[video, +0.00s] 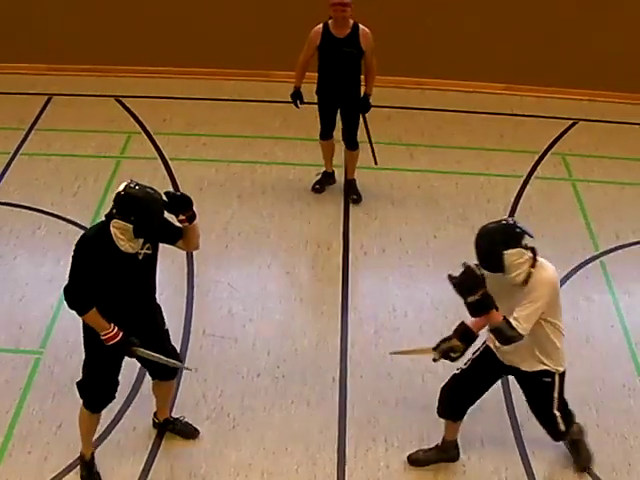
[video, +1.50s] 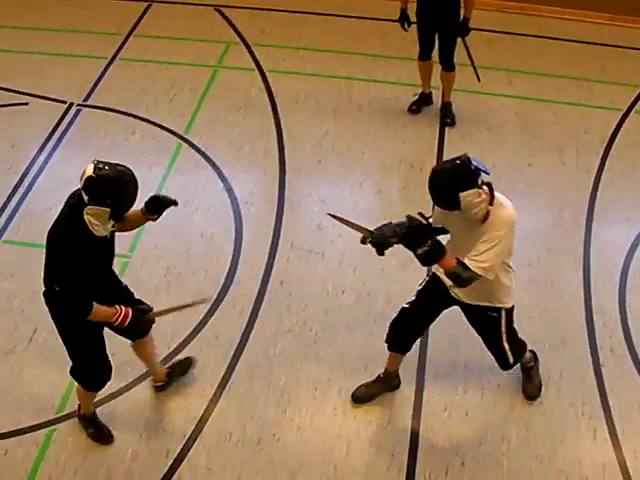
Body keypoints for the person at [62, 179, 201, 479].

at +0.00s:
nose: (149, 233)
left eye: (151, 227)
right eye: (145, 227)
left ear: (151, 220)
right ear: (128, 222)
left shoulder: (150, 226)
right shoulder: (91, 244)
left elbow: (190, 243)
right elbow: (76, 297)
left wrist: (188, 218)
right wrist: (110, 333)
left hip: (145, 314)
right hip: (104, 325)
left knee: (167, 366)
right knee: (97, 393)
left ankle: (163, 419)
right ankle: (86, 456)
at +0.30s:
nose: (129, 251)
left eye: (131, 245)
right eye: (125, 246)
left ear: (123, 241)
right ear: (107, 242)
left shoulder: (120, 249)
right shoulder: (71, 270)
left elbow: (154, 253)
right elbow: (56, 326)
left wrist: (159, 233)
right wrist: (98, 357)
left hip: (124, 333)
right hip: (87, 349)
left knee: (156, 374)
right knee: (83, 418)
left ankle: (164, 417)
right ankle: (64, 469)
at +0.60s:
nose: (125, 259)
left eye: (125, 256)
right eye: (121, 256)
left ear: (118, 251)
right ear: (108, 255)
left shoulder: (110, 258)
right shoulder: (67, 284)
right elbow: (55, 346)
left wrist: (139, 245)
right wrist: (94, 372)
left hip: (117, 341)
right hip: (83, 358)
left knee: (154, 388)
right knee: (87, 422)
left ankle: (150, 452)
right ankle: (82, 467)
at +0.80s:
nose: (136, 258)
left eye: (139, 252)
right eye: (133, 252)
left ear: (141, 244)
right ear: (120, 244)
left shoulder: (139, 243)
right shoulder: (89, 272)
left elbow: (174, 238)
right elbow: (78, 336)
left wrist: (174, 221)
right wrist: (116, 364)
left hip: (137, 332)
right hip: (103, 346)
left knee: (167, 387)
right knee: (110, 421)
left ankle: (155, 449)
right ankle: (99, 453)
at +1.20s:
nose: (144, 230)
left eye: (144, 225)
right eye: (140, 226)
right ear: (126, 226)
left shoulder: (126, 229)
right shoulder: (85, 256)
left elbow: (155, 215)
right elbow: (73, 322)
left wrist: (162, 205)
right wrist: (112, 347)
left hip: (131, 316)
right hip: (97, 336)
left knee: (172, 361)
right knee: (96, 407)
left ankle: (173, 417)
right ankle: (71, 450)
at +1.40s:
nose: (130, 217)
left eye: (130, 213)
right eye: (126, 213)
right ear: (110, 210)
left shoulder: (110, 206)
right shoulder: (72, 237)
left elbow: (135, 222)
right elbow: (72, 305)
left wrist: (154, 204)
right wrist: (119, 324)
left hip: (115, 287)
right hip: (83, 304)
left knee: (149, 333)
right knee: (96, 374)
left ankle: (181, 382)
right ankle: (80, 420)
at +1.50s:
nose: (123, 212)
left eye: (124, 208)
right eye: (120, 208)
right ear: (102, 206)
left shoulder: (94, 205)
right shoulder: (67, 237)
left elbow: (117, 223)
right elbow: (74, 305)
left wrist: (145, 214)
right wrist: (124, 316)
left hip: (100, 282)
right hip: (70, 301)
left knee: (139, 324)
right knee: (95, 370)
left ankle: (159, 375)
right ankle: (86, 414)